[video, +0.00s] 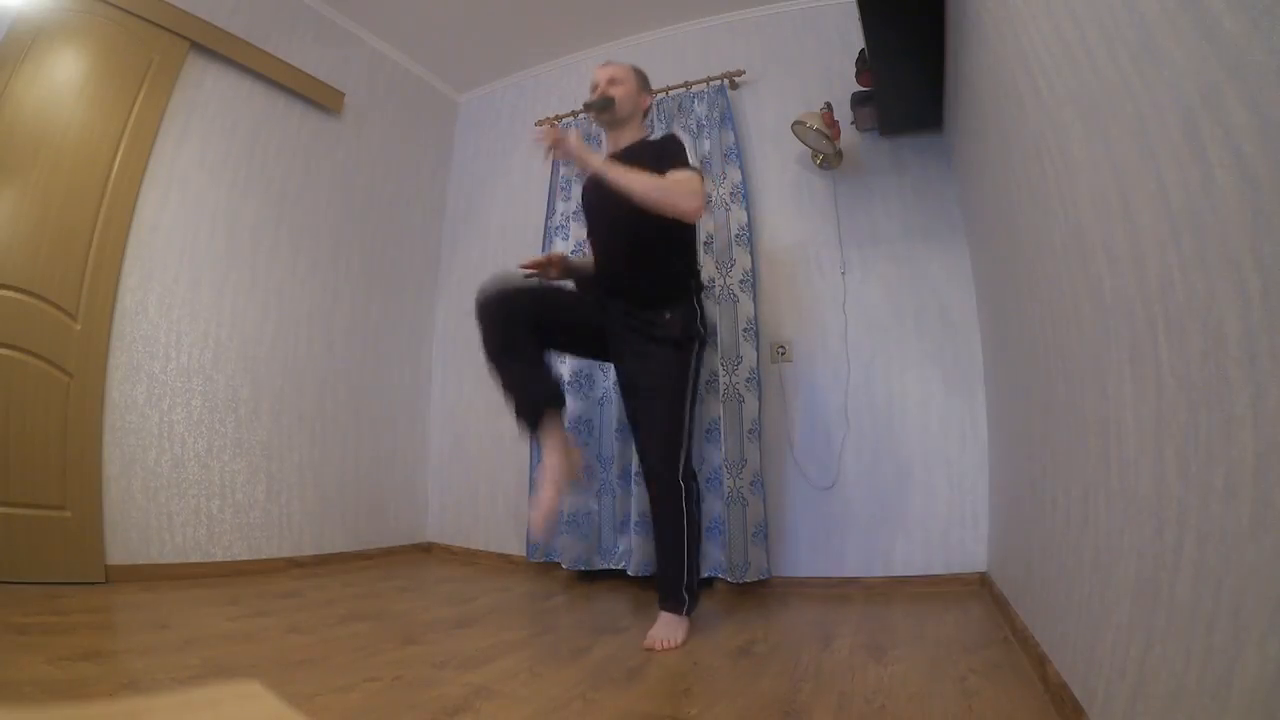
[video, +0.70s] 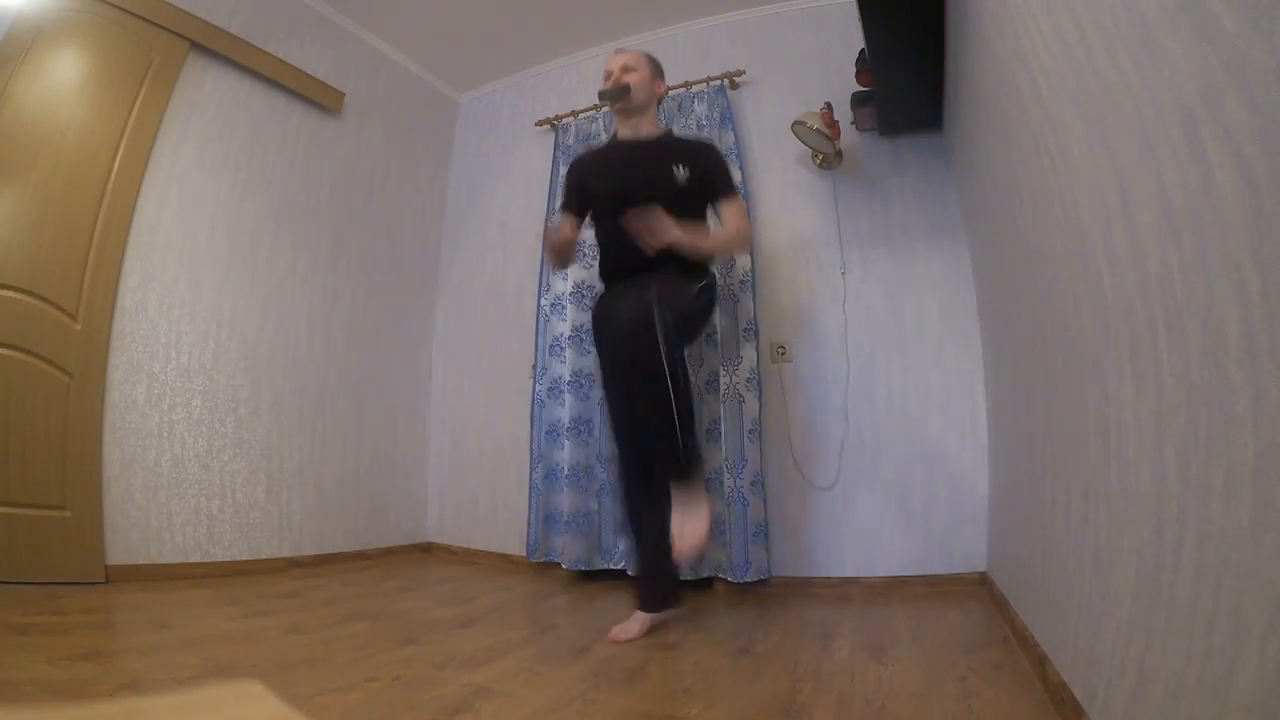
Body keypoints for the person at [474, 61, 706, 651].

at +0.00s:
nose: (601, 90)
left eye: (616, 81)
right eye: (594, 86)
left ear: (647, 101)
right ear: (588, 110)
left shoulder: (665, 149)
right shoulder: (596, 180)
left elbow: (690, 203)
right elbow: (611, 270)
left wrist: (590, 161)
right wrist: (566, 266)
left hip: (663, 325)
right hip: (607, 315)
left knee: (663, 465)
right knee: (501, 304)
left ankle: (674, 604)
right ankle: (556, 444)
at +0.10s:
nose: (609, 65)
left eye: (623, 59)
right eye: (601, 62)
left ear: (650, 82)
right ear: (594, 87)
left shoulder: (677, 135)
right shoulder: (586, 150)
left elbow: (710, 207)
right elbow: (588, 223)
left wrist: (621, 165)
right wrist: (574, 248)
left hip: (663, 290)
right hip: (600, 293)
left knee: (641, 410)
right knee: (547, 412)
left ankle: (667, 572)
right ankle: (596, 551)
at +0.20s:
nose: (610, 83)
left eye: (623, 74)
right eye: (602, 79)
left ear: (651, 93)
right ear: (594, 100)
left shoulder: (685, 162)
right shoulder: (580, 172)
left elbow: (721, 246)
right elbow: (547, 258)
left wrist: (666, 242)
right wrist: (539, 233)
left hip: (671, 297)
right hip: (602, 307)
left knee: (621, 284)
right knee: (617, 444)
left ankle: (653, 449)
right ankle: (637, 591)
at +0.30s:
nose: (600, 83)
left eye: (614, 73)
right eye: (593, 79)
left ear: (647, 91)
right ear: (588, 101)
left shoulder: (683, 155)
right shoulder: (581, 170)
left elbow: (734, 218)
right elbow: (538, 245)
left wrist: (698, 242)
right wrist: (534, 189)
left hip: (679, 296)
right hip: (613, 304)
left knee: (624, 281)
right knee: (604, 433)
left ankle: (643, 471)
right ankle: (626, 585)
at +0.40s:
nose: (599, 75)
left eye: (614, 65)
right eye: (593, 70)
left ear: (646, 83)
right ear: (589, 91)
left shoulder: (676, 135)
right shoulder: (593, 167)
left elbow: (744, 204)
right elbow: (589, 252)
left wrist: (666, 214)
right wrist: (560, 240)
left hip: (678, 294)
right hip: (620, 297)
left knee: (659, 417)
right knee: (531, 373)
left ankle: (680, 573)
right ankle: (581, 513)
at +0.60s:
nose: (614, 70)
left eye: (628, 62)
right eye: (607, 66)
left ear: (658, 82)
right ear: (601, 89)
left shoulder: (682, 137)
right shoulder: (597, 157)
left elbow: (709, 205)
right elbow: (632, 228)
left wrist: (621, 155)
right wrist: (598, 261)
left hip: (678, 296)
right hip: (616, 301)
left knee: (667, 428)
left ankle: (691, 583)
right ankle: (608, 529)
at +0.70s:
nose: (617, 78)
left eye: (630, 69)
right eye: (609, 74)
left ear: (660, 88)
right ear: (602, 96)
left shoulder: (696, 155)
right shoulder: (588, 167)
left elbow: (737, 234)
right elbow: (560, 257)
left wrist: (679, 235)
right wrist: (556, 241)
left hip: (684, 286)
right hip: (618, 300)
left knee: (642, 323)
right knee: (636, 447)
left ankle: (685, 481)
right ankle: (655, 597)